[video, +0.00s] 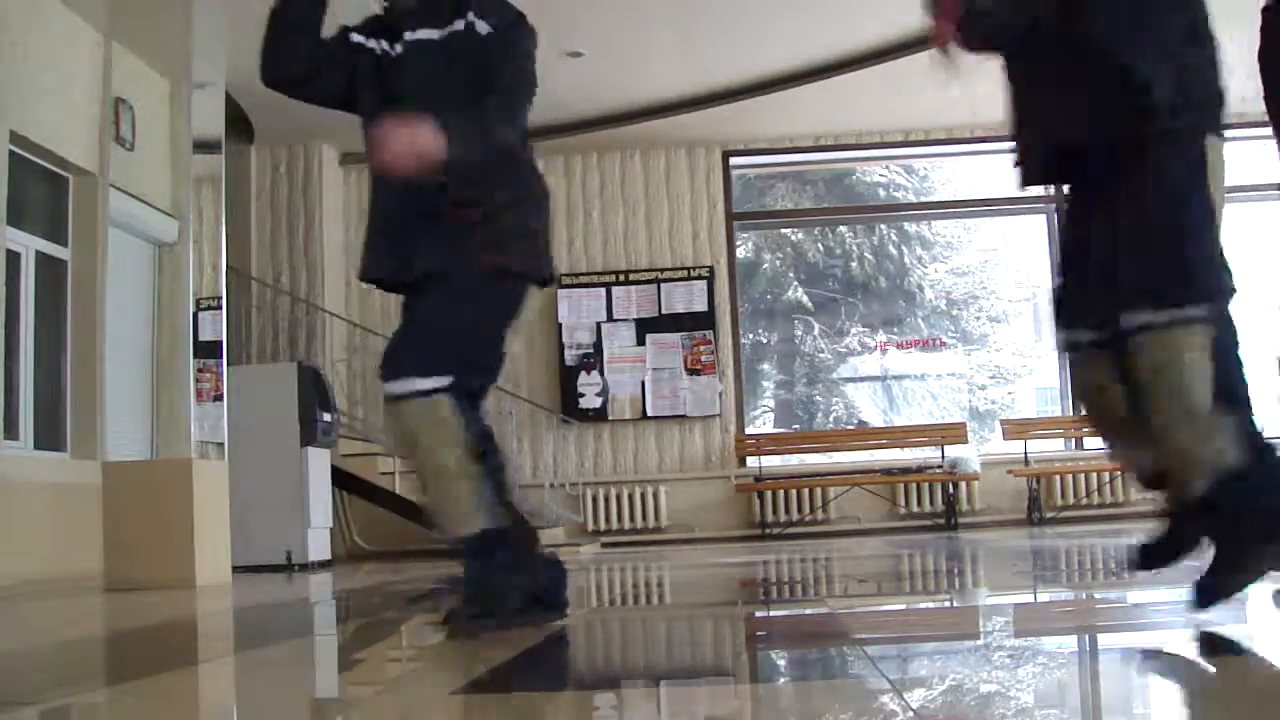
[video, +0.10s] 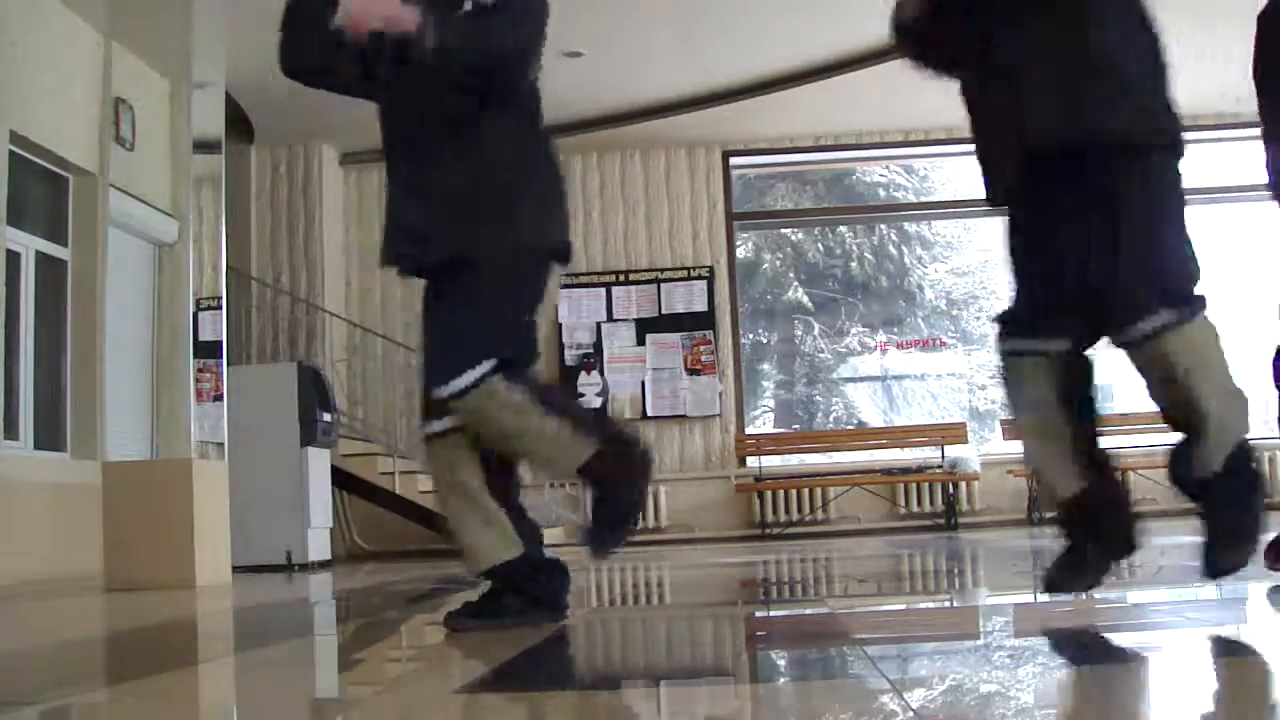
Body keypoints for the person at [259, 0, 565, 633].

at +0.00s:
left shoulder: (494, 19)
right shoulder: (380, 39)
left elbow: (507, 117)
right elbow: (288, 67)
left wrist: (442, 140)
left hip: (494, 243)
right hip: (427, 251)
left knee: (416, 377)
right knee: (449, 408)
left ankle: (491, 560)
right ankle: (524, 568)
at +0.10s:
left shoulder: (511, 5)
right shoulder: (399, 53)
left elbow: (511, 44)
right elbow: (302, 54)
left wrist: (417, 22)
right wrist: (327, 3)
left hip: (508, 211)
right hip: (448, 227)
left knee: (469, 387)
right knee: (446, 419)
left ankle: (610, 461)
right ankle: (522, 574)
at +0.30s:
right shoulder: (417, 16)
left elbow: (620, 17)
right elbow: (328, 18)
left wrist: (578, 6)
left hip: (551, 150)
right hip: (473, 176)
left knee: (536, 334)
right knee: (516, 366)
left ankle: (606, 537)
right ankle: (590, 540)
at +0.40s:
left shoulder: (562, 11)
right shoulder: (426, 29)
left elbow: (632, 39)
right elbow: (346, 34)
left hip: (569, 197)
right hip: (491, 218)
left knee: (561, 374)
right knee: (559, 391)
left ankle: (556, 562)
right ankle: (646, 549)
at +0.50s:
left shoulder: (597, 14)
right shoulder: (449, 24)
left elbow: (668, 75)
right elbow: (363, 28)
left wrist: (731, 143)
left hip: (575, 212)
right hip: (489, 221)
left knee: (546, 379)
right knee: (548, 395)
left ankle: (529, 585)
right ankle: (638, 560)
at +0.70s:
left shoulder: (623, 13)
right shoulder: (471, 8)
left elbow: (654, 118)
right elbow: (400, 1)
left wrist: (693, 229)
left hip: (561, 213)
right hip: (464, 206)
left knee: (503, 390)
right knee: (411, 384)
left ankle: (507, 594)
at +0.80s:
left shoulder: (638, 17)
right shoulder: (481, 9)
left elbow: (665, 127)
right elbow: (421, 8)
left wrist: (712, 246)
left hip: (568, 226)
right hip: (461, 209)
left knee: (522, 411)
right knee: (398, 389)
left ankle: (503, 597)